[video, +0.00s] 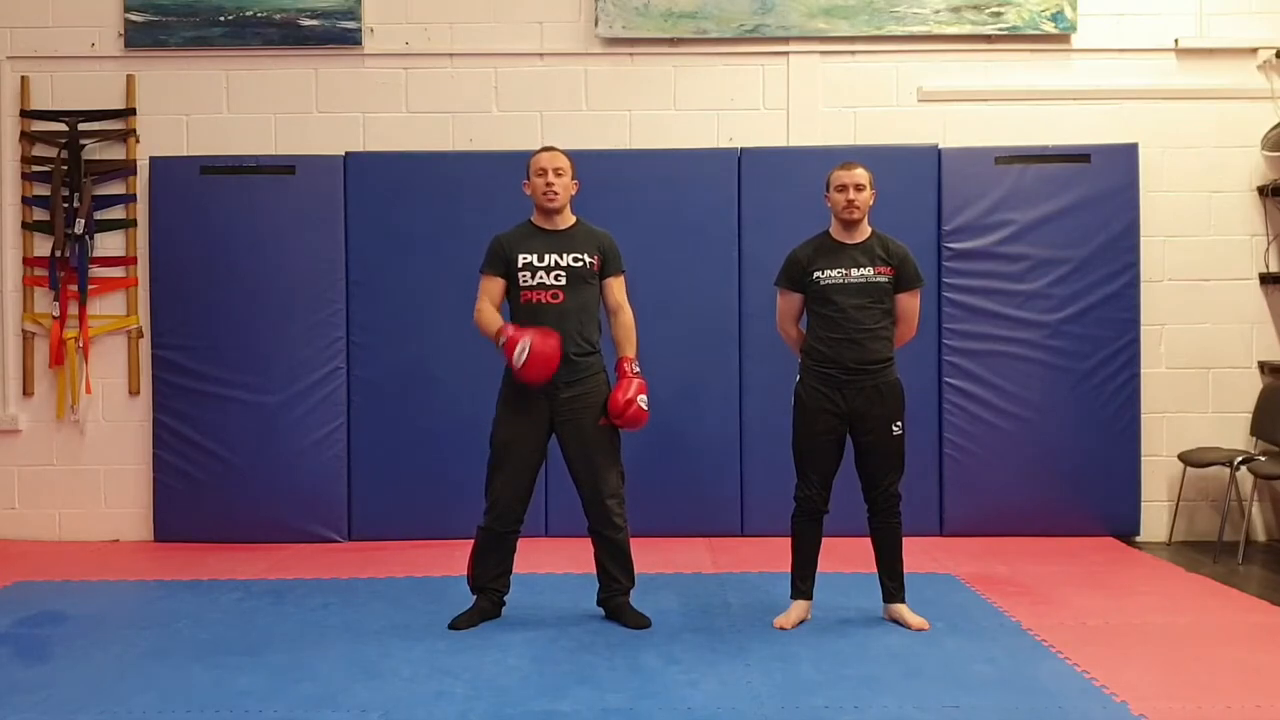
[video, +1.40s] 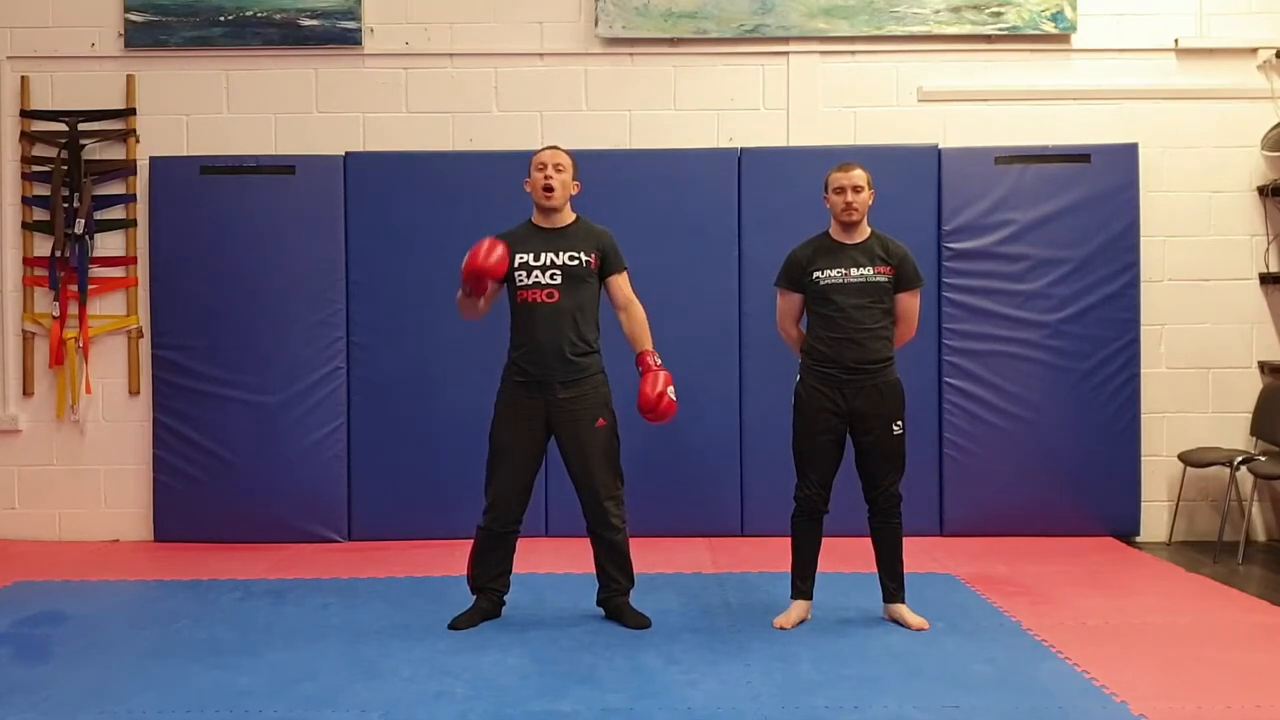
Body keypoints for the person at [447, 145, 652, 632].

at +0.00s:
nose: (550, 182)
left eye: (559, 174)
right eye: (542, 175)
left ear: (573, 184)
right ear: (528, 186)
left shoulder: (599, 243)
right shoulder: (508, 244)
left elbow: (619, 309)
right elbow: (484, 309)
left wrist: (629, 371)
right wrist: (508, 337)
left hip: (586, 387)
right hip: (525, 389)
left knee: (606, 498)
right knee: (504, 497)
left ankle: (616, 598)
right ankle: (488, 597)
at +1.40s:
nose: (547, 176)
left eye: (557, 171)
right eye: (540, 170)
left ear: (575, 187)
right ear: (527, 184)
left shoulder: (598, 240)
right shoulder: (507, 245)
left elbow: (628, 306)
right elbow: (472, 312)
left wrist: (651, 363)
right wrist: (473, 282)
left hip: (583, 389)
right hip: (522, 389)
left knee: (604, 498)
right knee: (503, 499)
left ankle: (616, 598)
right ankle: (488, 598)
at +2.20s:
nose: (571, 179)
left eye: (578, 173)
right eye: (561, 172)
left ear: (587, 187)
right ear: (541, 185)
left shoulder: (599, 248)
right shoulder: (514, 236)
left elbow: (613, 318)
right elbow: (497, 297)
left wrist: (629, 376)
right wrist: (499, 352)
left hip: (585, 390)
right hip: (522, 390)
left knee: (607, 499)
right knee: (504, 500)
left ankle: (616, 597)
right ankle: (488, 597)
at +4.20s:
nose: (552, 176)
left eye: (560, 169)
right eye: (543, 170)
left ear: (575, 181)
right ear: (529, 185)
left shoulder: (600, 240)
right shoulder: (508, 239)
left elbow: (635, 300)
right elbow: (471, 291)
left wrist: (634, 354)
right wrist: (521, 304)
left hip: (587, 389)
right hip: (526, 389)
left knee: (607, 499)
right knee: (505, 498)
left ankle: (616, 597)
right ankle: (488, 597)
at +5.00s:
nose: (554, 184)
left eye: (565, 176)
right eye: (547, 175)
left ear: (580, 185)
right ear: (534, 181)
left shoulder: (603, 241)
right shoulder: (512, 240)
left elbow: (622, 310)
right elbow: (489, 309)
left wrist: (634, 372)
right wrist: (483, 370)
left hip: (586, 388)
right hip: (524, 388)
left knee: (606, 499)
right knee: (505, 500)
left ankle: (616, 598)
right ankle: (488, 597)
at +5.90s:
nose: (548, 189)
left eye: (558, 180)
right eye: (540, 180)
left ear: (577, 185)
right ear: (530, 185)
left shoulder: (604, 243)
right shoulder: (511, 242)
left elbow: (621, 311)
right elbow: (482, 310)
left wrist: (633, 373)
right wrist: (511, 298)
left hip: (587, 390)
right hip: (526, 390)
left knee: (607, 500)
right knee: (504, 500)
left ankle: (616, 598)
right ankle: (488, 598)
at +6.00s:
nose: (543, 192)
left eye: (552, 183)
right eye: (535, 184)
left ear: (575, 185)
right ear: (527, 188)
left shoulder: (603, 242)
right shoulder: (514, 240)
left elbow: (622, 311)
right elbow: (486, 305)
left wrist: (633, 373)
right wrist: (515, 257)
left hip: (587, 389)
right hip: (527, 389)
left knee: (607, 500)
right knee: (505, 498)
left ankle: (616, 598)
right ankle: (488, 597)